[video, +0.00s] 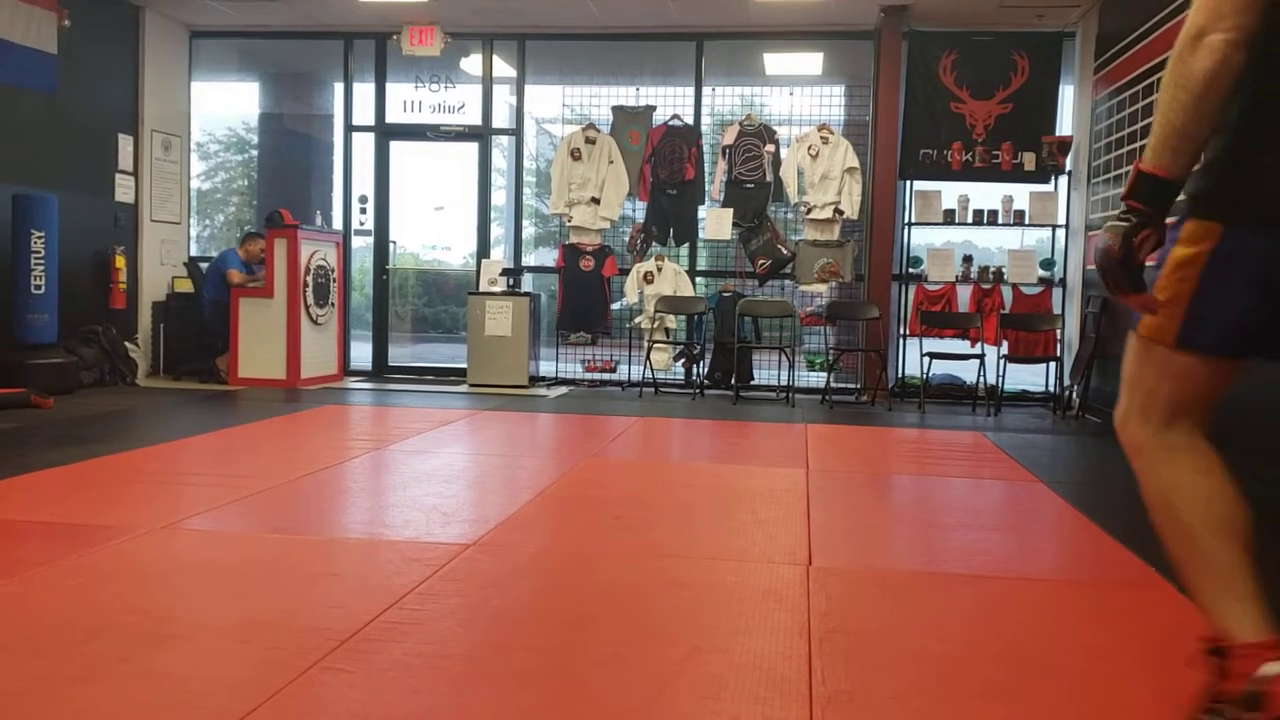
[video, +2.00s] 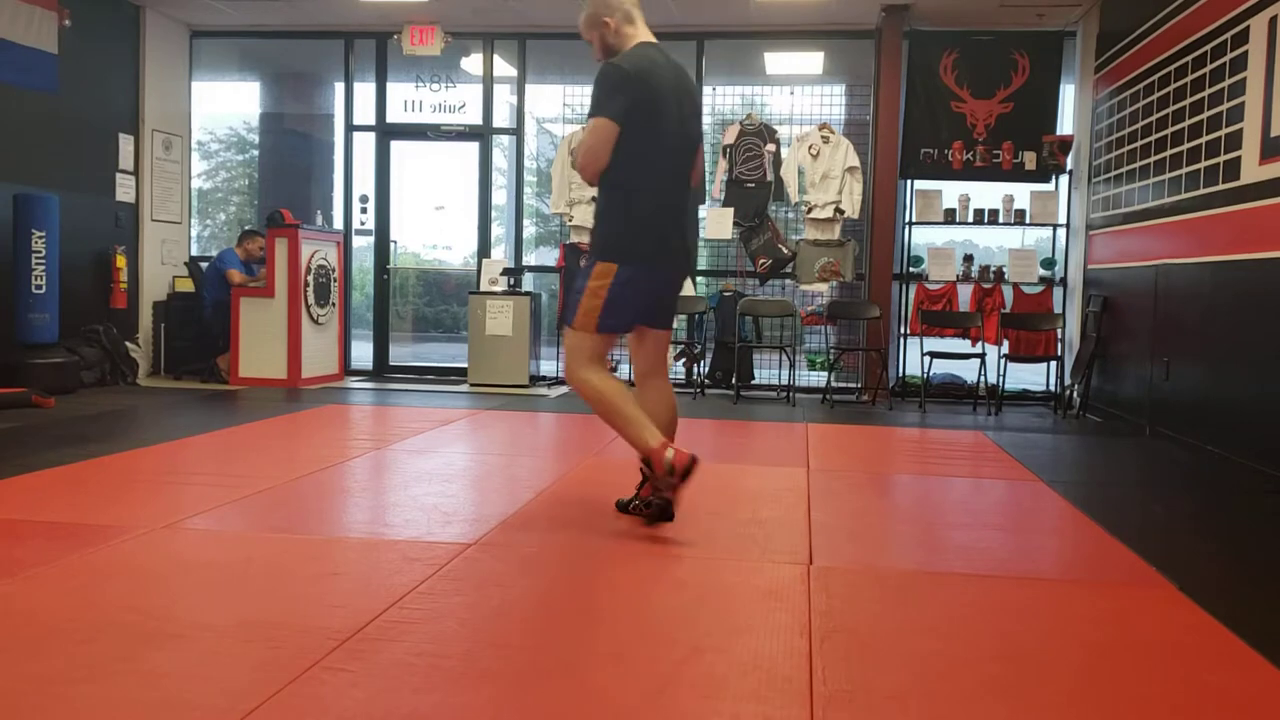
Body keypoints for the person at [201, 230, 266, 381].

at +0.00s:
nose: (262, 255)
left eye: (264, 252)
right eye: (261, 250)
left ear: (249, 246)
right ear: (248, 245)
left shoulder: (245, 264)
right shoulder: (230, 256)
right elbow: (234, 279)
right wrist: (257, 277)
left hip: (229, 306)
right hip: (214, 307)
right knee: (250, 333)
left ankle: (225, 363)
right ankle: (222, 362)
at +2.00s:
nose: (262, 253)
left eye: (263, 250)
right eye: (260, 248)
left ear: (247, 245)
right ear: (247, 244)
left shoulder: (245, 263)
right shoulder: (228, 255)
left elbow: (253, 282)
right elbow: (236, 280)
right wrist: (258, 279)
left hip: (230, 308)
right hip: (213, 309)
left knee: (257, 328)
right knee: (252, 331)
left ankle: (226, 362)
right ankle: (223, 362)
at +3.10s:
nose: (261, 254)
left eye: (262, 250)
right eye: (259, 249)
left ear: (247, 245)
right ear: (246, 244)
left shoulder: (246, 264)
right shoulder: (228, 256)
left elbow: (252, 282)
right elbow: (235, 280)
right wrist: (258, 279)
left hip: (230, 308)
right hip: (213, 309)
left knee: (257, 324)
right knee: (251, 328)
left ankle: (226, 363)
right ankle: (223, 362)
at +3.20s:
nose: (252, 250)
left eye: (254, 246)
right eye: (251, 245)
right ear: (242, 244)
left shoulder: (242, 261)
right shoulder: (226, 256)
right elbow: (234, 280)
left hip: (221, 303)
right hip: (209, 303)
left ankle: (221, 367)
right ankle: (215, 368)